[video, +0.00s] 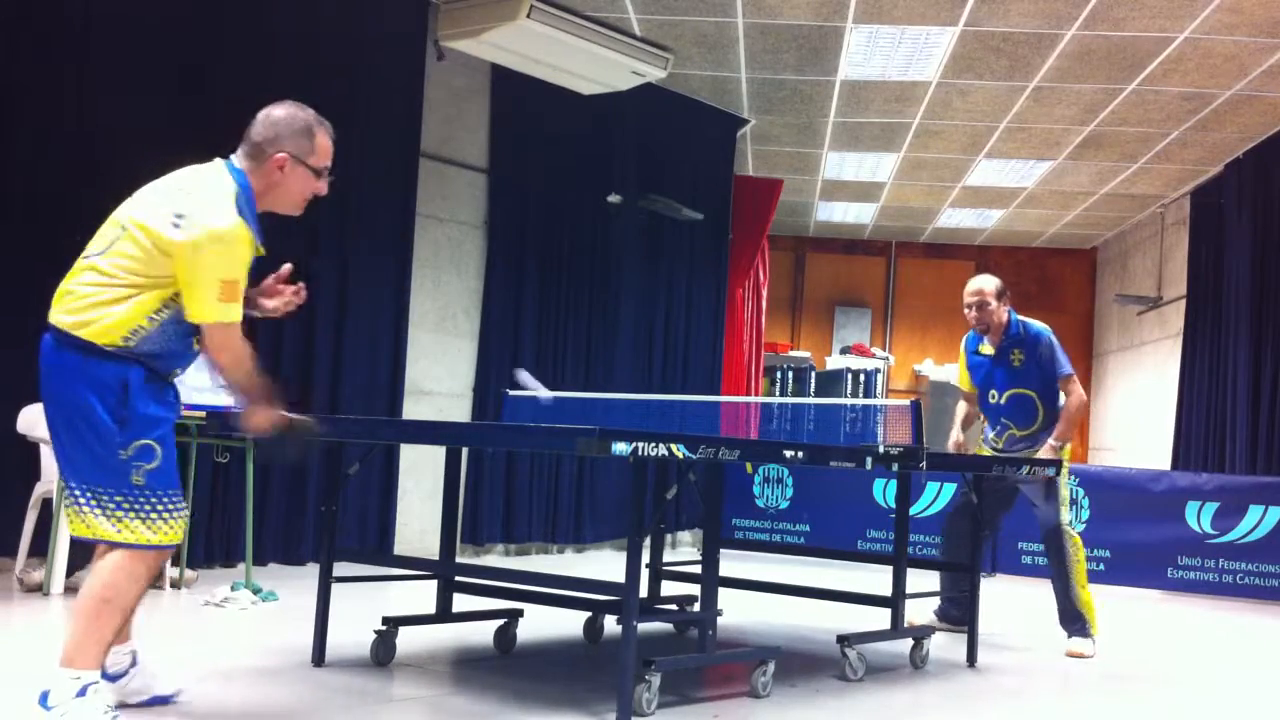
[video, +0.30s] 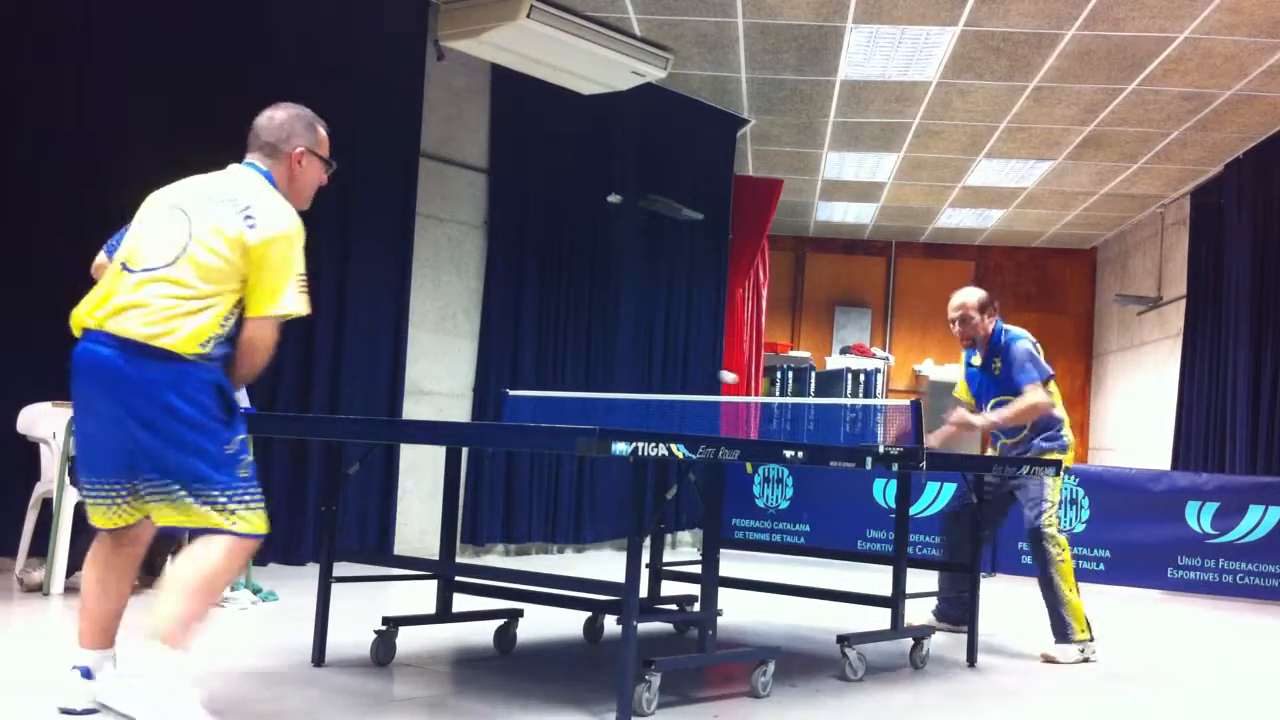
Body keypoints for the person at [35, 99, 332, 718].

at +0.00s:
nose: (323, 188)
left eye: (326, 174)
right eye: (319, 172)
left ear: (270, 160)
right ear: (278, 162)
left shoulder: (212, 187)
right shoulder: (219, 220)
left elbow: (170, 288)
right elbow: (222, 344)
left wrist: (247, 302)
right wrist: (260, 400)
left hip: (116, 358)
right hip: (102, 360)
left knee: (143, 525)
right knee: (146, 533)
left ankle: (113, 666)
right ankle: (67, 688)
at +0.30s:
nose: (323, 179)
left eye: (326, 167)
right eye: (322, 164)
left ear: (261, 152)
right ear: (294, 157)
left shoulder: (180, 189)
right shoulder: (276, 219)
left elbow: (105, 264)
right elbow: (258, 342)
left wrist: (157, 317)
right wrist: (228, 387)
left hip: (96, 354)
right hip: (173, 368)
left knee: (126, 522)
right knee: (241, 525)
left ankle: (90, 673)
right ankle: (158, 661)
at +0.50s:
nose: (339, 182)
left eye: (342, 171)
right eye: (340, 170)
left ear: (273, 158)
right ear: (319, 165)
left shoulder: (202, 199)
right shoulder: (311, 223)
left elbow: (122, 273)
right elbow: (303, 338)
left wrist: (162, 342)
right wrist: (273, 395)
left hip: (133, 368)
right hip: (218, 382)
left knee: (141, 519)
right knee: (269, 541)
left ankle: (93, 672)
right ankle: (253, 703)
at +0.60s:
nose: (351, 182)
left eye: (354, 171)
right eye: (352, 169)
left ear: (281, 156)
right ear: (330, 164)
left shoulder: (209, 196)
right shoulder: (323, 221)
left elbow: (132, 271)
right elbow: (313, 324)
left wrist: (174, 338)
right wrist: (300, 387)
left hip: (139, 366)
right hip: (225, 378)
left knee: (137, 518)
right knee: (276, 541)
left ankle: (85, 671)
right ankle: (254, 703)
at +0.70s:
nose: (351, 177)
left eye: (354, 166)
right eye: (351, 164)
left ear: (282, 154)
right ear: (330, 160)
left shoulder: (211, 197)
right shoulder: (318, 213)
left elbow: (137, 276)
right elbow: (311, 309)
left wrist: (181, 337)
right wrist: (314, 375)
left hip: (140, 364)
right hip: (222, 374)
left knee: (139, 518)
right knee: (276, 537)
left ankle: (82, 673)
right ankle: (255, 701)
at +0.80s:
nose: (345, 173)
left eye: (348, 162)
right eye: (346, 160)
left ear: (276, 152)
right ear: (326, 157)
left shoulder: (210, 198)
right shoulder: (308, 208)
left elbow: (140, 283)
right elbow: (297, 303)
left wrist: (200, 329)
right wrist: (314, 366)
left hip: (137, 366)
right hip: (215, 375)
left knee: (141, 522)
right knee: (277, 535)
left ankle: (83, 673)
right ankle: (254, 702)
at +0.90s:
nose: (339, 172)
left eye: (342, 161)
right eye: (340, 160)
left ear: (270, 152)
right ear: (320, 157)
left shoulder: (208, 200)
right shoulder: (298, 206)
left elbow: (142, 289)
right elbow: (286, 306)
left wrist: (216, 320)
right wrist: (309, 357)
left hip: (135, 371)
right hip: (208, 380)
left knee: (148, 525)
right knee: (281, 539)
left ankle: (79, 671)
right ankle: (254, 702)